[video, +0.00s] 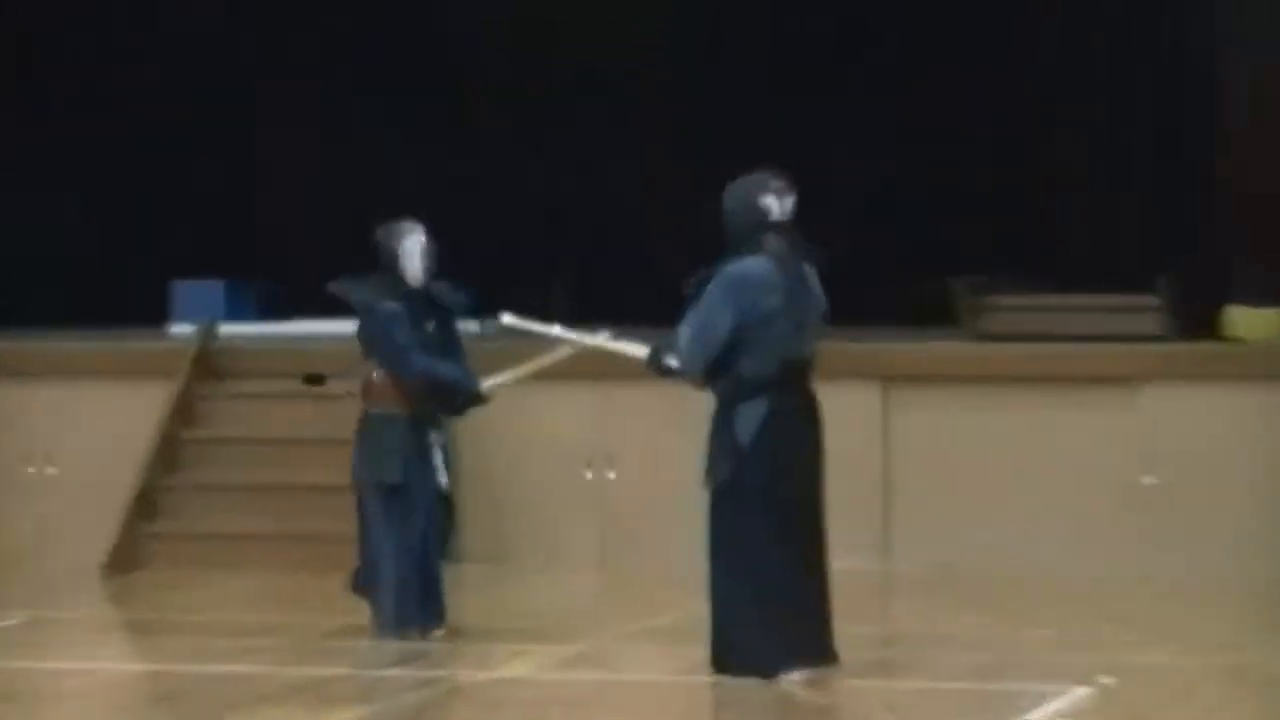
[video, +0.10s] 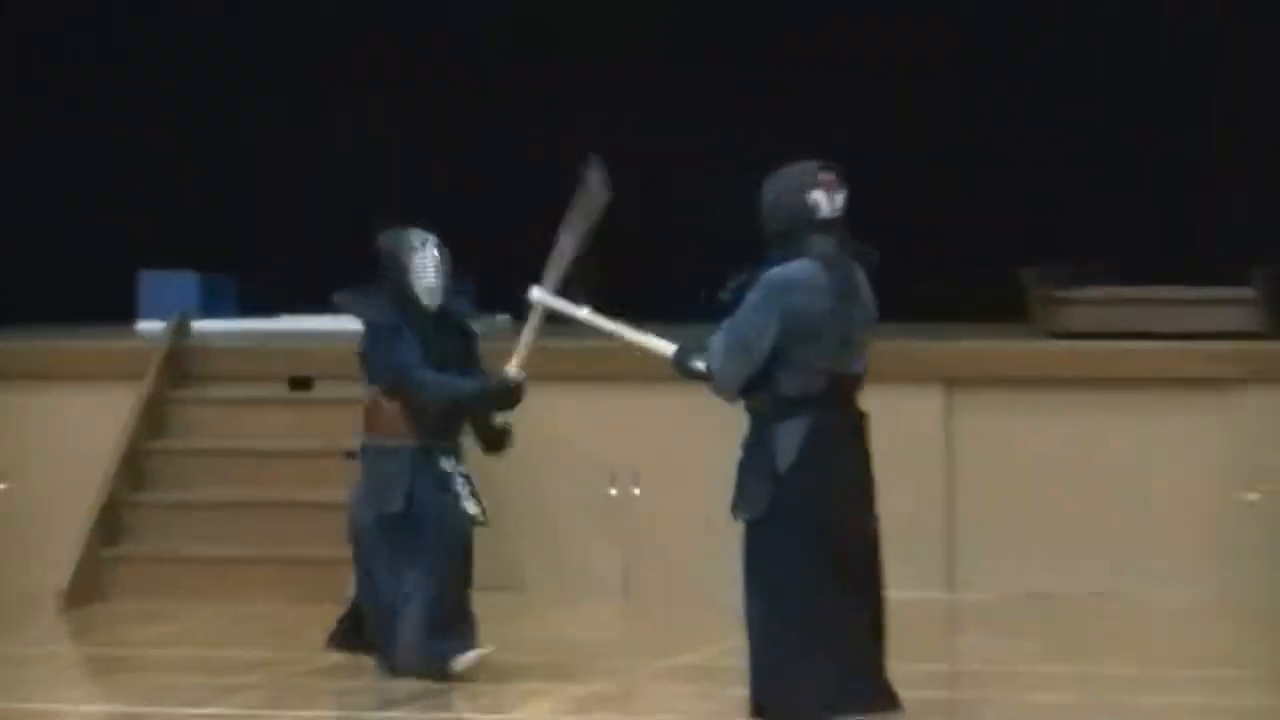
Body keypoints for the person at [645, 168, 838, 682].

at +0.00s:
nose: (731, 225)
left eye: (734, 216)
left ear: (738, 218)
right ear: (783, 216)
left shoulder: (739, 277)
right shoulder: (804, 275)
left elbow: (692, 353)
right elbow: (793, 338)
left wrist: (662, 352)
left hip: (751, 415)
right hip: (799, 408)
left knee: (750, 532)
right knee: (795, 528)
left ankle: (773, 654)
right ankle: (808, 648)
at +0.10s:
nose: (765, 221)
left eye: (771, 212)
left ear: (779, 215)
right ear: (829, 211)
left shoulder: (782, 283)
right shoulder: (855, 280)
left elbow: (729, 369)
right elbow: (819, 348)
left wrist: (698, 358)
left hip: (792, 440)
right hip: (846, 435)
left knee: (784, 574)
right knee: (845, 567)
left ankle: (790, 699)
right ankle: (858, 692)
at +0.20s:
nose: (810, 215)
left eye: (818, 205)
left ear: (831, 210)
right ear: (882, 208)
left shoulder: (830, 287)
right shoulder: (907, 283)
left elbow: (761, 382)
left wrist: (731, 335)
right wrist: (768, 319)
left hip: (830, 467)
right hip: (891, 460)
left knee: (814, 614)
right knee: (895, 606)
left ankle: (832, 710)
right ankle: (902, 708)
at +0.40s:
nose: (797, 153)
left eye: (808, 141)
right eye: (803, 140)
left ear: (829, 152)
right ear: (876, 156)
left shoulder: (825, 224)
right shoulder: (884, 230)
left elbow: (715, 280)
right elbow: (772, 248)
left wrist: (674, 221)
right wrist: (710, 223)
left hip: (835, 458)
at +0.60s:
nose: (745, 159)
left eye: (756, 146)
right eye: (745, 146)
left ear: (787, 155)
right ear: (818, 152)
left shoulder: (818, 221)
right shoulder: (817, 214)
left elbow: (693, 224)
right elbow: (734, 158)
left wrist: (687, 139)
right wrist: (711, 80)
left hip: (802, 438)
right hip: (780, 430)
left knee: (794, 628)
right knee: (763, 624)